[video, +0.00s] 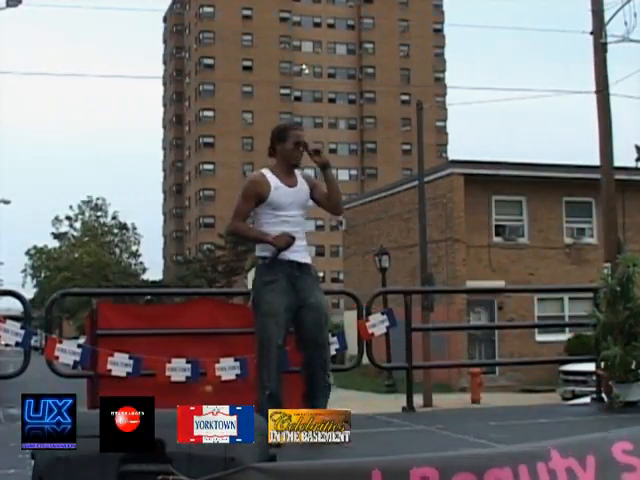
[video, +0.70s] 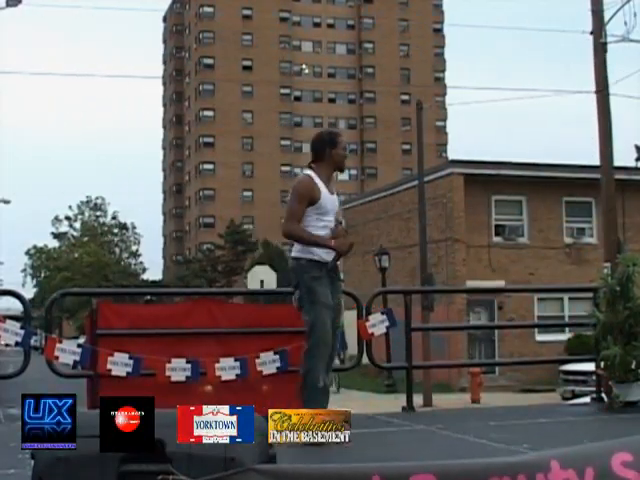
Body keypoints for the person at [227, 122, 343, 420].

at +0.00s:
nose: (303, 150)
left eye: (304, 145)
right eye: (296, 145)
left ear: (303, 150)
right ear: (276, 148)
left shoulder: (305, 181)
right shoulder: (259, 182)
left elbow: (335, 207)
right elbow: (235, 225)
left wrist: (325, 168)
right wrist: (270, 239)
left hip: (305, 272)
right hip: (273, 271)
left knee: (318, 342)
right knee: (271, 343)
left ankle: (318, 411)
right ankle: (270, 414)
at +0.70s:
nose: (346, 155)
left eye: (345, 150)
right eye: (342, 150)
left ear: (329, 153)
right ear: (327, 153)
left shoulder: (327, 185)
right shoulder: (306, 183)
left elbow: (324, 225)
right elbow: (289, 228)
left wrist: (339, 231)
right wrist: (330, 243)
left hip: (327, 264)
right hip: (309, 264)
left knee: (330, 334)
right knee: (321, 334)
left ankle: (318, 403)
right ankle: (314, 405)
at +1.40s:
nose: (385, 146)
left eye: (384, 141)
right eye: (379, 141)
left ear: (369, 146)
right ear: (361, 145)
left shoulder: (372, 178)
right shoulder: (341, 178)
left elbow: (364, 228)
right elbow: (323, 227)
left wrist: (376, 259)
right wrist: (329, 278)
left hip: (373, 266)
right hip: (350, 266)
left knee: (391, 340)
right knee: (357, 345)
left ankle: (353, 400)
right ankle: (361, 426)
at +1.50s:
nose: (390, 143)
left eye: (390, 138)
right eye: (384, 138)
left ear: (376, 144)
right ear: (366, 142)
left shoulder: (379, 178)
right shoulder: (347, 177)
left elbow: (372, 228)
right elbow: (328, 226)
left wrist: (383, 267)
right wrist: (341, 272)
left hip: (380, 266)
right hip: (356, 266)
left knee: (398, 338)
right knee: (359, 346)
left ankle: (389, 417)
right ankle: (361, 424)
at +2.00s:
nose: (436, 137)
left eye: (438, 132)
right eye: (429, 131)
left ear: (436, 139)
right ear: (411, 137)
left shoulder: (430, 180)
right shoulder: (393, 170)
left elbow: (428, 227)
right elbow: (372, 217)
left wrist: (436, 261)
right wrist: (378, 266)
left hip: (432, 265)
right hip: (403, 265)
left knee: (439, 348)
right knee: (403, 347)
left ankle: (442, 426)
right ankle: (367, 417)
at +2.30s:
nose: (459, 130)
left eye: (460, 125)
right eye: (451, 126)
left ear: (458, 132)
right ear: (433, 133)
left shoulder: (461, 177)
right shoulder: (415, 166)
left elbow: (470, 228)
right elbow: (392, 212)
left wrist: (485, 275)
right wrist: (396, 260)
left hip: (452, 264)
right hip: (422, 261)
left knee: (452, 345)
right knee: (429, 343)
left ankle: (446, 426)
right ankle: (421, 429)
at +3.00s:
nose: (482, 113)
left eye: (484, 107)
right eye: (474, 108)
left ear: (488, 113)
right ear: (455, 117)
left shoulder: (494, 158)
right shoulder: (439, 158)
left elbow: (498, 212)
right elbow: (421, 215)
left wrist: (502, 256)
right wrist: (424, 277)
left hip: (492, 260)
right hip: (456, 260)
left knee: (513, 342)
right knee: (460, 349)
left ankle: (494, 425)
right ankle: (467, 435)